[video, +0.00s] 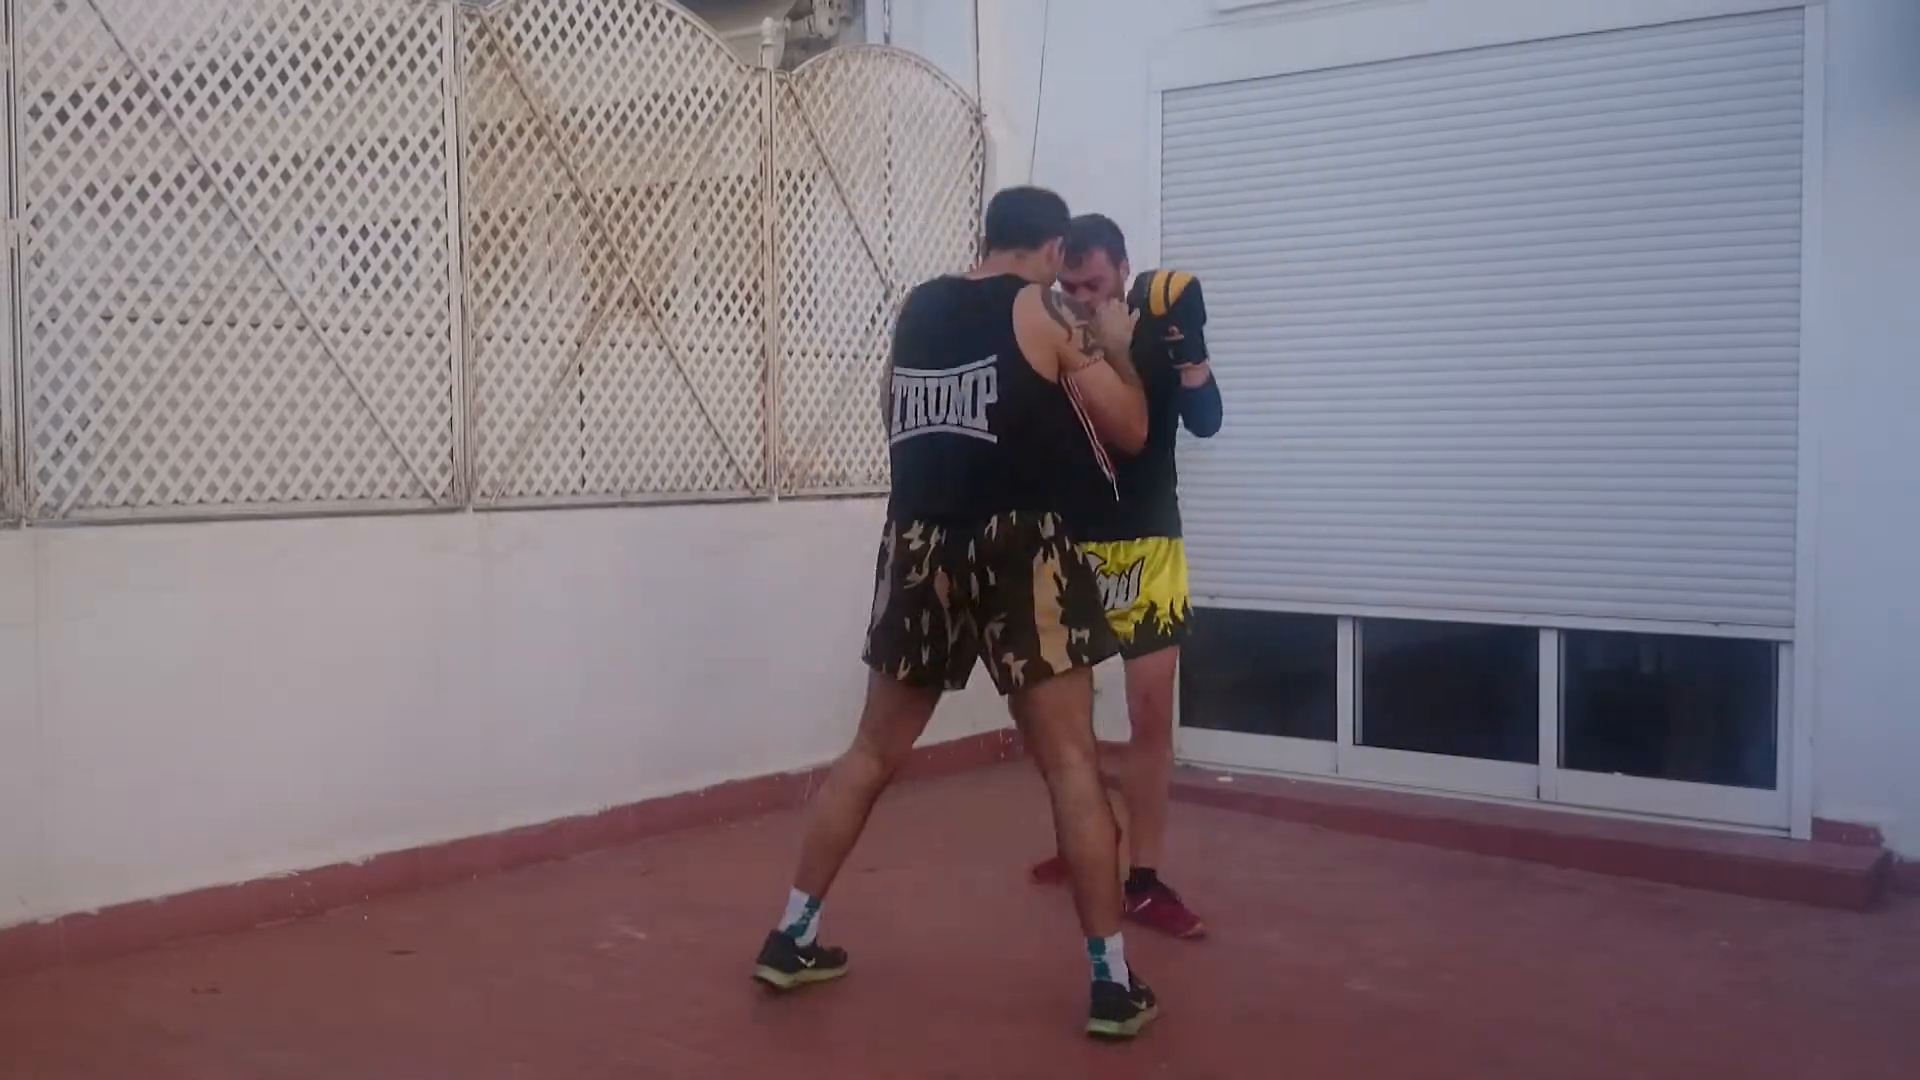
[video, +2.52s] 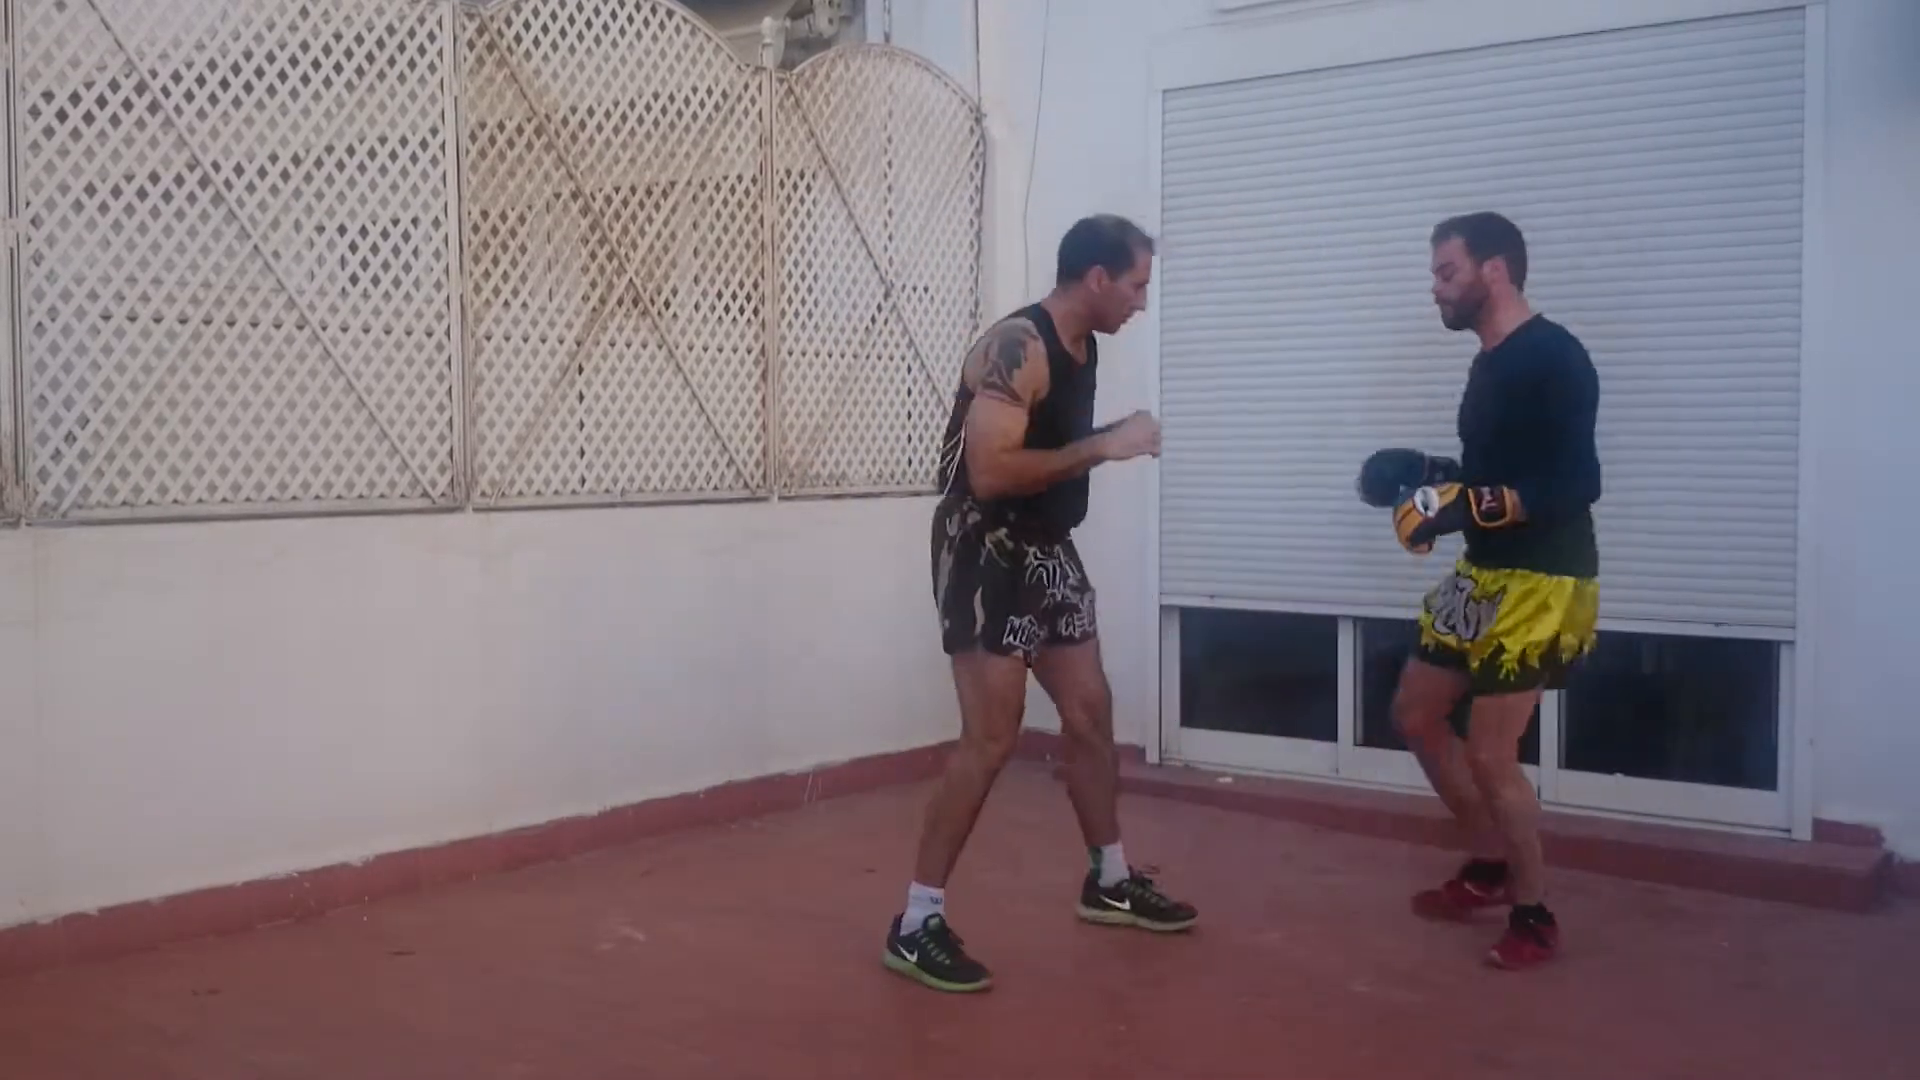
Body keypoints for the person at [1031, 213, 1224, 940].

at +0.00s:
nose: (1090, 297)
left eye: (1101, 284)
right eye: (1078, 286)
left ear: (1124, 275)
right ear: (1058, 281)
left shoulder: (1154, 337)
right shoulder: (1043, 340)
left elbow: (1205, 422)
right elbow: (1022, 425)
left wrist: (1184, 347)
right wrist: (1065, 348)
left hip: (1147, 542)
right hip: (1064, 542)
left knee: (1152, 714)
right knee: (1063, 712)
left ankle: (1142, 875)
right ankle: (1085, 845)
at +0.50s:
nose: (1209, 302)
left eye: (1217, 286)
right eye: (1198, 294)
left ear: (1251, 276)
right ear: (1197, 301)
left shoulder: (1301, 334)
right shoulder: (1212, 359)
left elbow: (1301, 416)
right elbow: (1141, 423)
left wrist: (1247, 345)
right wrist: (1124, 366)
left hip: (1325, 548)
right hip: (1261, 551)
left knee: (1341, 720)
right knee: (1253, 700)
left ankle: (1392, 883)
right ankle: (1301, 841)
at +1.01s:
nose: (1263, 312)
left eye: (1272, 297)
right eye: (1255, 302)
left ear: (1312, 297)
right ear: (1250, 310)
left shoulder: (1350, 367)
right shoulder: (1255, 372)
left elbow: (1350, 439)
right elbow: (1187, 425)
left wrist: (1285, 366)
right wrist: (1177, 361)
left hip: (1355, 576)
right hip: (1273, 571)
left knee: (1404, 739)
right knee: (1191, 701)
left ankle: (1467, 859)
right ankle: (1226, 864)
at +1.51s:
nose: (1210, 311)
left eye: (1223, 301)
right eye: (1202, 300)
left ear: (1253, 309)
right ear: (1191, 310)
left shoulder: (1294, 377)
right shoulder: (1176, 379)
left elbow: (1392, 416)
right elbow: (1104, 388)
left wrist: (1429, 364)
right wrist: (1113, 321)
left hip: (1259, 554)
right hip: (1180, 557)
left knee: (1247, 713)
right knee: (1158, 731)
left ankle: (1251, 888)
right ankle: (1222, 858)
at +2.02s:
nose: (1261, 309)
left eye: (1272, 292)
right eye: (1252, 297)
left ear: (1304, 288)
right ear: (1246, 305)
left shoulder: (1358, 362)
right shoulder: (1245, 366)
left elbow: (1424, 448)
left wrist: (1418, 388)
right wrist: (1205, 299)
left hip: (1310, 551)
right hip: (1241, 549)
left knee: (1285, 718)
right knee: (1189, 714)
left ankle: (1292, 902)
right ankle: (1227, 864)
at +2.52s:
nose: (1436, 287)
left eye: (1447, 271)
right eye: (1434, 274)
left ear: (1497, 271)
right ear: (1485, 276)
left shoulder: (1556, 357)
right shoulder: (1489, 363)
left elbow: (1579, 484)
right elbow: (1497, 472)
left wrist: (1476, 506)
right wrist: (1434, 476)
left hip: (1542, 578)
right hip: (1480, 570)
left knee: (1491, 754)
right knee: (1417, 717)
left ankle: (1534, 916)